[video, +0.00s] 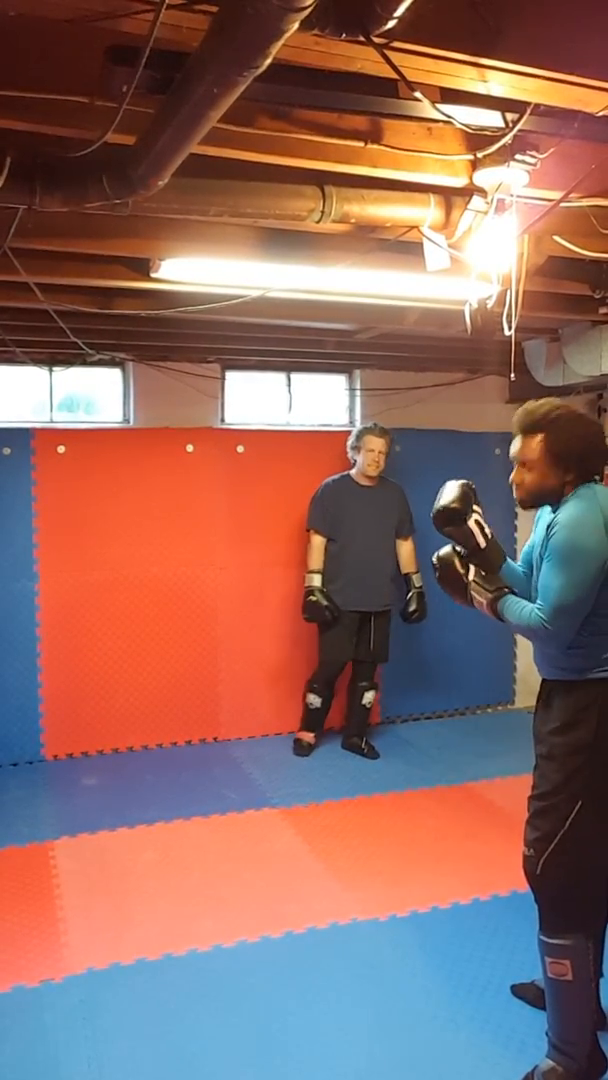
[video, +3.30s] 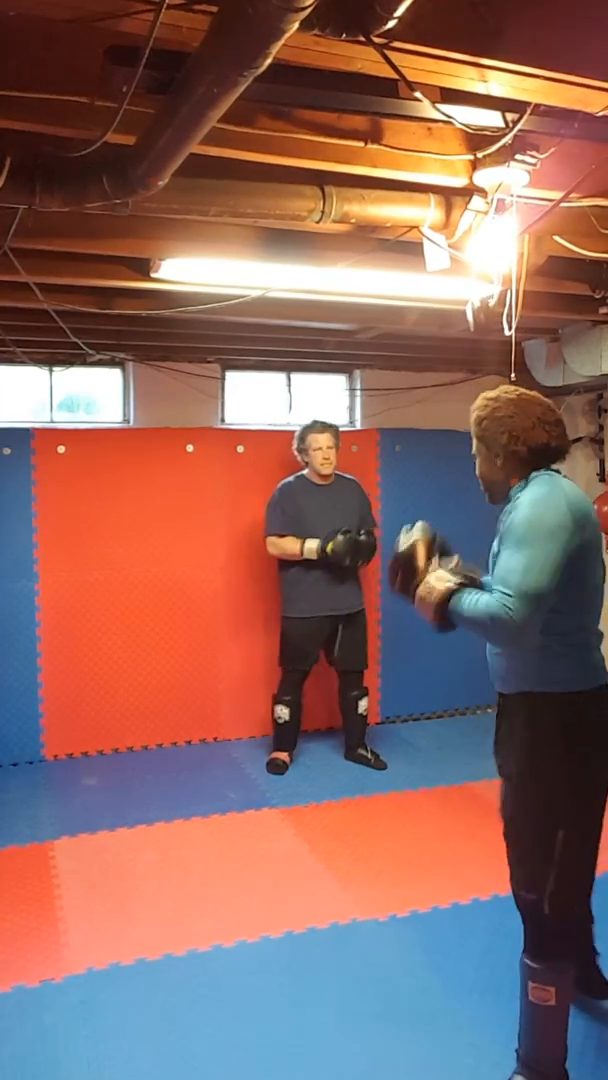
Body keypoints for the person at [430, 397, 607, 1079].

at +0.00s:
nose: (515, 472)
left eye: (526, 461)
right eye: (515, 461)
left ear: (566, 465)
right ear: (550, 462)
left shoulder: (580, 515)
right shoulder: (556, 510)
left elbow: (549, 623)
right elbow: (520, 589)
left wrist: (486, 597)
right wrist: (485, 545)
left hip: (585, 709)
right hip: (570, 701)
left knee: (561, 866)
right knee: (567, 853)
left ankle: (576, 1058)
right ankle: (571, 985)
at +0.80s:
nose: (520, 436)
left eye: (537, 427)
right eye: (516, 428)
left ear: (577, 442)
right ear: (508, 442)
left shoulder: (589, 494)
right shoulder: (499, 502)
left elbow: (597, 531)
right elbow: (423, 548)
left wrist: (568, 522)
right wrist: (419, 493)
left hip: (574, 710)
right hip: (510, 708)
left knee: (537, 880)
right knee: (497, 839)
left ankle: (542, 1065)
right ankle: (559, 965)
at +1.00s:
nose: (524, 439)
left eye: (538, 429)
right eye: (516, 429)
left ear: (566, 441)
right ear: (502, 442)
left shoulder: (589, 503)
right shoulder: (494, 498)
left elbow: (603, 517)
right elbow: (414, 515)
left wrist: (576, 434)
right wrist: (415, 456)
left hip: (570, 717)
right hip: (497, 710)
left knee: (542, 888)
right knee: (477, 843)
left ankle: (546, 1061)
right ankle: (503, 974)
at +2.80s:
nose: (460, 451)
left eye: (472, 438)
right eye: (463, 437)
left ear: (518, 445)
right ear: (498, 445)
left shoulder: (581, 510)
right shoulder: (481, 516)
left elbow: (598, 564)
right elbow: (447, 593)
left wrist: (596, 505)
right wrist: (380, 571)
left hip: (564, 727)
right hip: (486, 718)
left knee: (543, 901)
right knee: (455, 855)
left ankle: (542, 1067)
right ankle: (474, 973)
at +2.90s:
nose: (449, 459)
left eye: (461, 445)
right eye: (452, 445)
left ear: (509, 447)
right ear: (492, 449)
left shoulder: (588, 513)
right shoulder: (481, 522)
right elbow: (489, 598)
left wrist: (594, 609)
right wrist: (416, 612)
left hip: (568, 728)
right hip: (490, 719)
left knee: (548, 900)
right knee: (473, 860)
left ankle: (543, 1064)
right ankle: (478, 976)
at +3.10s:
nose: (453, 472)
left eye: (460, 457)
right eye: (453, 458)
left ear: (502, 454)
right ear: (497, 456)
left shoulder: (570, 515)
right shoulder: (502, 516)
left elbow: (606, 616)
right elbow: (506, 607)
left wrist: (550, 649)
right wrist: (437, 608)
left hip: (560, 728)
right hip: (503, 717)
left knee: (545, 890)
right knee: (505, 854)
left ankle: (544, 1065)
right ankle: (522, 967)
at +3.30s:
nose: (474, 462)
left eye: (479, 447)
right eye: (475, 447)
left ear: (506, 450)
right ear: (528, 446)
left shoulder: (545, 503)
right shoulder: (537, 502)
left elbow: (512, 615)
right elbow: (509, 591)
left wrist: (449, 596)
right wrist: (451, 569)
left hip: (555, 716)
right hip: (548, 710)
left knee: (543, 889)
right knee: (556, 876)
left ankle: (542, 1065)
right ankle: (585, 988)